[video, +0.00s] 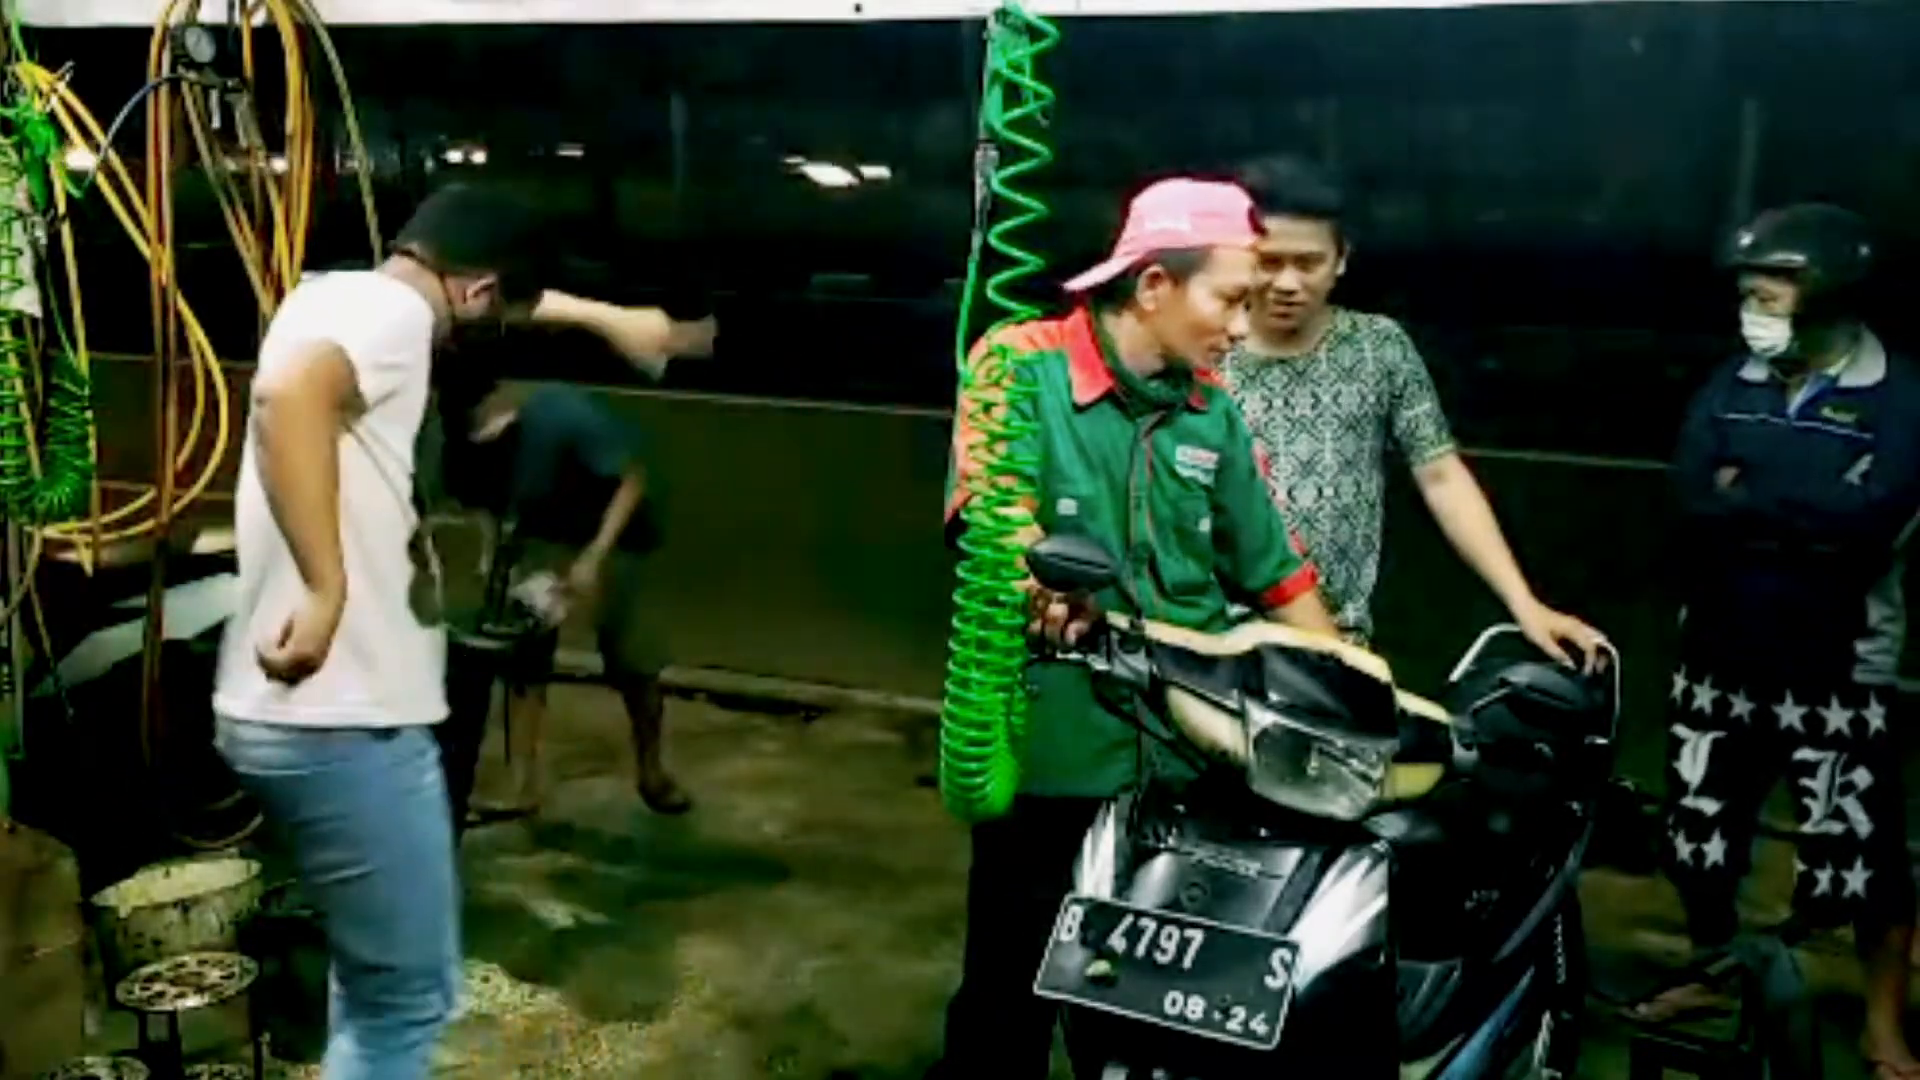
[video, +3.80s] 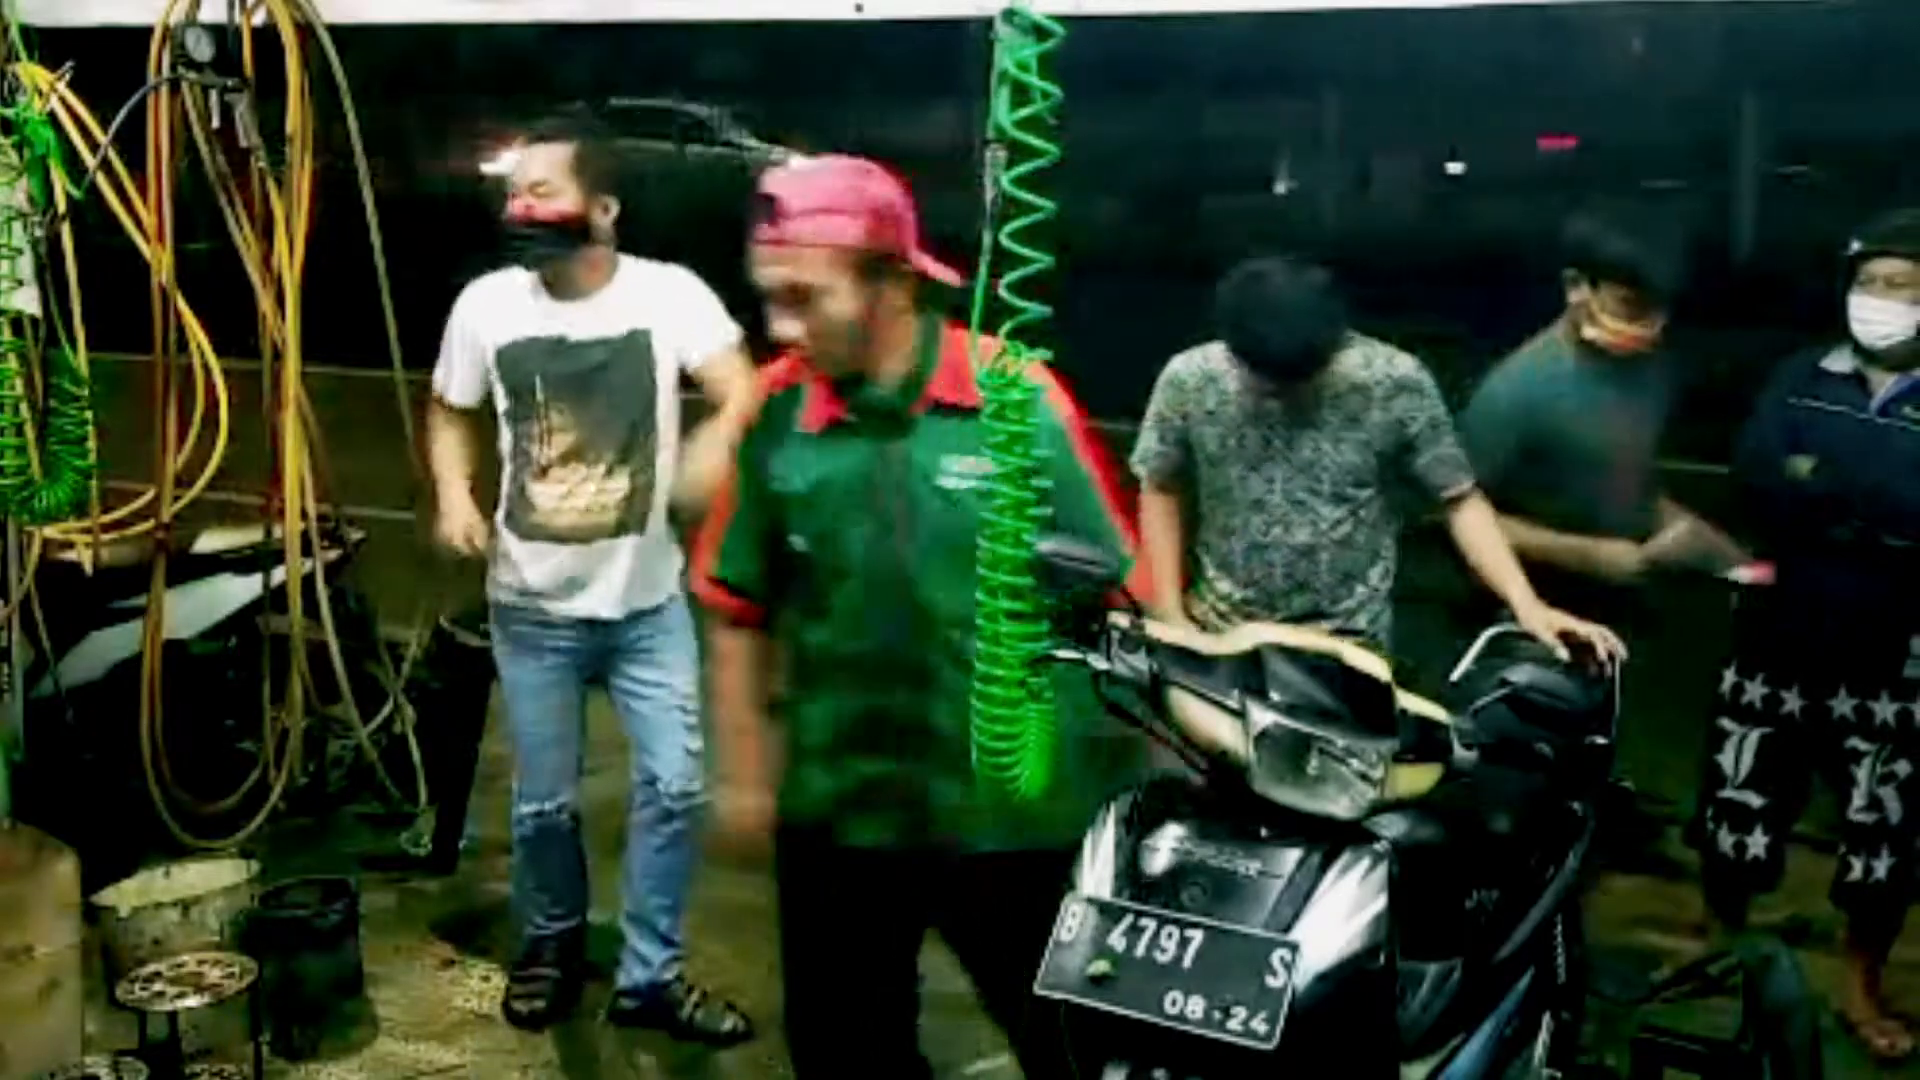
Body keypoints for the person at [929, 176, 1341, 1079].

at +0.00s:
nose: (1237, 327)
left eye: (1244, 305)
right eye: (1227, 301)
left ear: (1170, 293)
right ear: (1155, 287)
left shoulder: (1212, 414)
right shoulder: (1018, 367)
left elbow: (1282, 579)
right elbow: (989, 512)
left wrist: (1351, 691)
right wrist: (1043, 596)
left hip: (1183, 756)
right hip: (1049, 753)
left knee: (1154, 1009)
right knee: (1006, 1009)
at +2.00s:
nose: (1196, 315)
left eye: (1217, 294)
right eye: (1175, 283)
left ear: (1231, 302)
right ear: (1108, 272)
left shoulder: (1222, 417)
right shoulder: (1019, 369)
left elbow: (1286, 586)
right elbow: (988, 514)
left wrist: (1346, 704)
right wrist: (1042, 598)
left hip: (1189, 757)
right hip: (1049, 752)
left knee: (1164, 1010)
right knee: (1009, 1010)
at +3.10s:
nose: (1063, 316)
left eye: (1090, 291)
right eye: (1048, 290)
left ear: (1156, 291)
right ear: (1031, 288)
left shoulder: (1200, 412)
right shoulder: (981, 382)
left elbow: (1286, 585)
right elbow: (956, 545)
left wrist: (1350, 686)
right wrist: (1031, 586)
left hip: (1171, 773)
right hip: (1022, 776)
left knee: (1147, 1036)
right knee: (963, 1030)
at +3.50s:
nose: (952, 335)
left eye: (977, 313)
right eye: (941, 310)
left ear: (1059, 306)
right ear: (927, 300)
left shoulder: (1135, 407)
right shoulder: (902, 407)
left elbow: (1241, 596)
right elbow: (885, 604)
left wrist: (1337, 663)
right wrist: (1012, 648)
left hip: (1121, 774)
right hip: (960, 775)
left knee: (1135, 1023)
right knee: (890, 1018)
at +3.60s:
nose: (903, 345)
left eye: (926, 319)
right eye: (888, 318)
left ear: (1006, 306)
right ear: (873, 308)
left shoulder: (1100, 408)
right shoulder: (861, 418)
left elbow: (1211, 586)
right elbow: (853, 616)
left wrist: (1325, 652)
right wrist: (970, 713)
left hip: (1092, 792)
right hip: (922, 790)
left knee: (1135, 1033)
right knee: (863, 1039)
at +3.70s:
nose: (842, 336)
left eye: (864, 311)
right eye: (829, 312)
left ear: (950, 293)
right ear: (816, 303)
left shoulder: (1054, 404)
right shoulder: (818, 420)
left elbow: (1171, 591)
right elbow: (801, 624)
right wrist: (869, 776)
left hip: (1049, 812)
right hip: (876, 809)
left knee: (1112, 1051)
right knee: (847, 1056)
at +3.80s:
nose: (781, 328)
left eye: (800, 301)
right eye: (771, 302)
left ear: (888, 288)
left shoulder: (1016, 400)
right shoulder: (779, 418)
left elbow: (1112, 577)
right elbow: (734, 610)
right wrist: (742, 779)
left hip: (1011, 817)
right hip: (840, 819)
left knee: (1071, 1054)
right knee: (843, 1058)